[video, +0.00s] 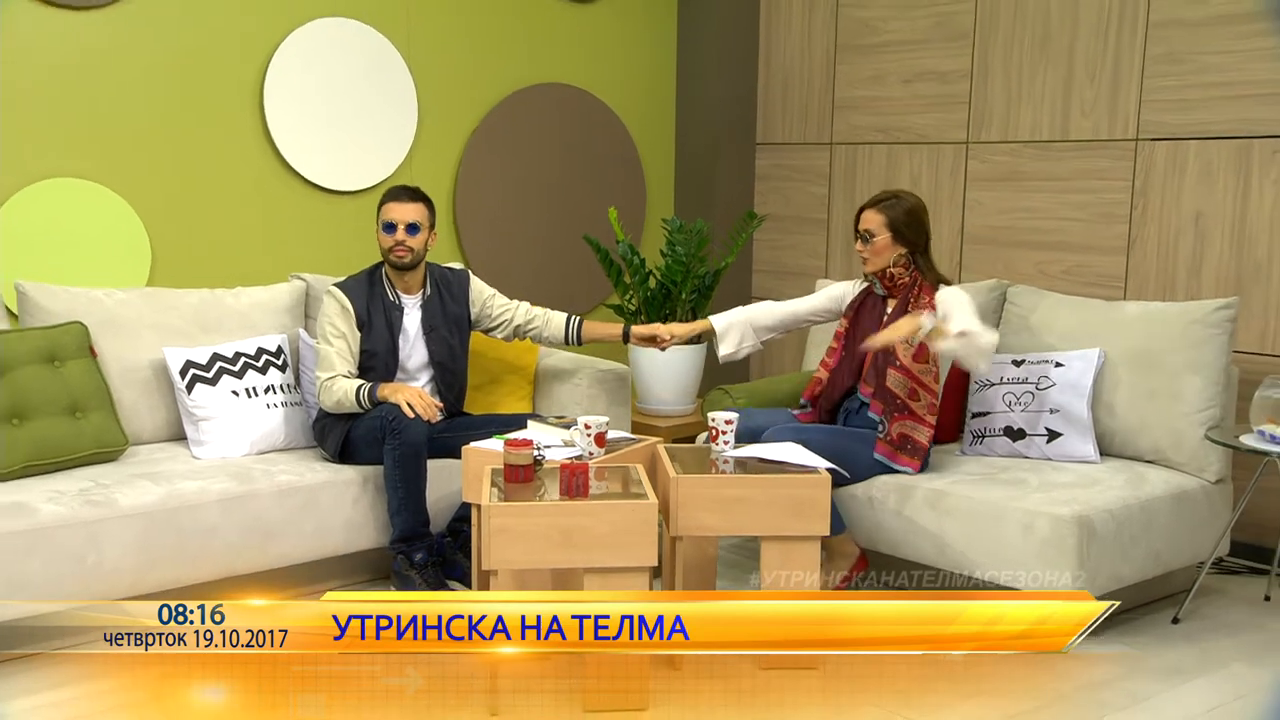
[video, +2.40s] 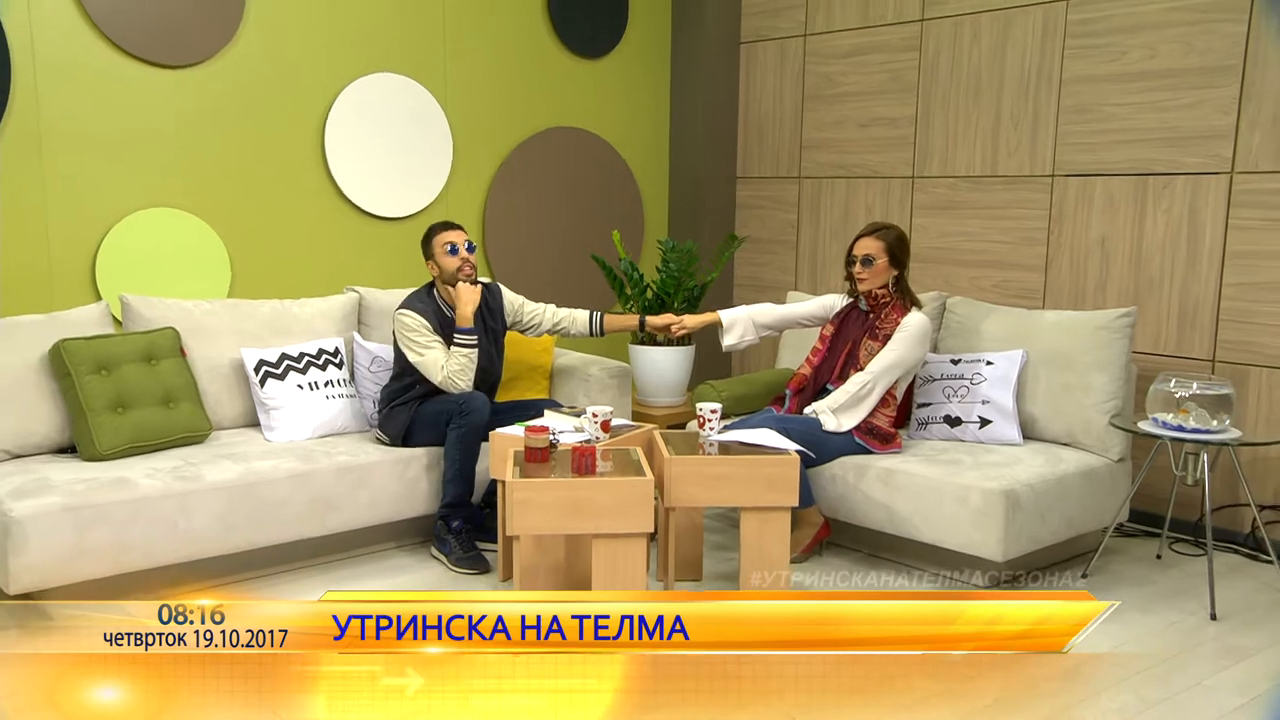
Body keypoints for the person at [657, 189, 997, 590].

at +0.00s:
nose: (860, 246)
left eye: (870, 238)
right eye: (859, 237)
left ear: (903, 241)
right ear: (862, 239)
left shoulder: (944, 299)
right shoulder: (858, 292)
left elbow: (982, 348)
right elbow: (780, 313)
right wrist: (694, 328)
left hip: (892, 443)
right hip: (836, 420)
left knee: (779, 440)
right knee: (729, 425)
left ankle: (843, 552)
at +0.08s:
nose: (860, 250)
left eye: (870, 241)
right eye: (860, 241)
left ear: (906, 244)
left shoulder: (948, 305)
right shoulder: (860, 296)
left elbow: (952, 380)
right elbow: (780, 309)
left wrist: (886, 361)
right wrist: (695, 320)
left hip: (893, 441)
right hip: (838, 422)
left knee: (782, 445)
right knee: (735, 432)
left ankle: (843, 554)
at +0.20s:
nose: (864, 255)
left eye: (873, 246)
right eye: (864, 246)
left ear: (910, 250)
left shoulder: (949, 316)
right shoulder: (867, 299)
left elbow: (912, 392)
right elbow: (789, 307)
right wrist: (701, 312)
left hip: (893, 442)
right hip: (840, 419)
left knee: (788, 453)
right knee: (737, 439)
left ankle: (841, 555)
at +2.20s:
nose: (859, 269)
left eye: (871, 261)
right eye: (856, 261)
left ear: (898, 267)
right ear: (852, 264)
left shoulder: (917, 324)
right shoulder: (845, 306)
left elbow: (875, 381)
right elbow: (779, 316)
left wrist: (815, 417)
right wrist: (707, 320)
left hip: (867, 429)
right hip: (820, 412)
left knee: (770, 434)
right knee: (735, 435)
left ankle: (812, 523)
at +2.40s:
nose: (857, 270)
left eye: (868, 262)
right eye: (853, 262)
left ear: (894, 267)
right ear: (849, 265)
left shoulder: (914, 324)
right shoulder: (842, 305)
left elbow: (871, 379)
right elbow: (778, 315)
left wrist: (813, 415)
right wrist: (707, 318)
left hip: (863, 427)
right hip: (815, 410)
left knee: (770, 433)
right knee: (734, 433)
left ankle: (810, 520)